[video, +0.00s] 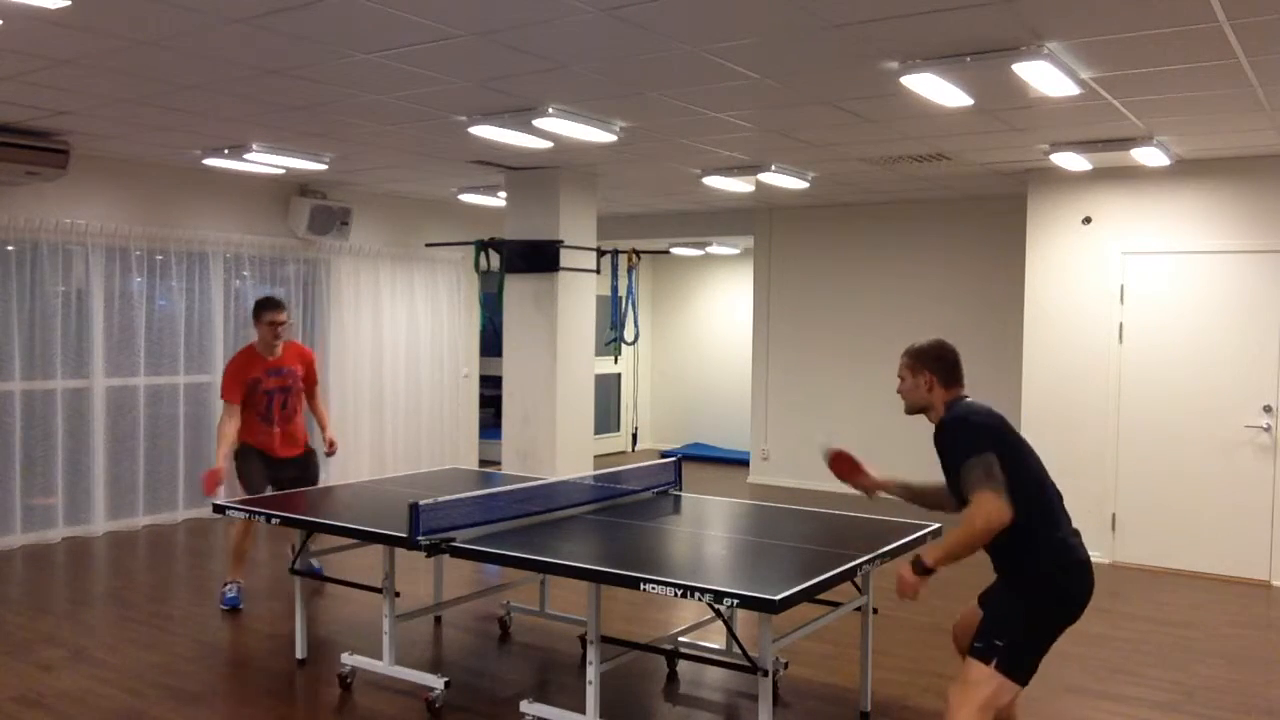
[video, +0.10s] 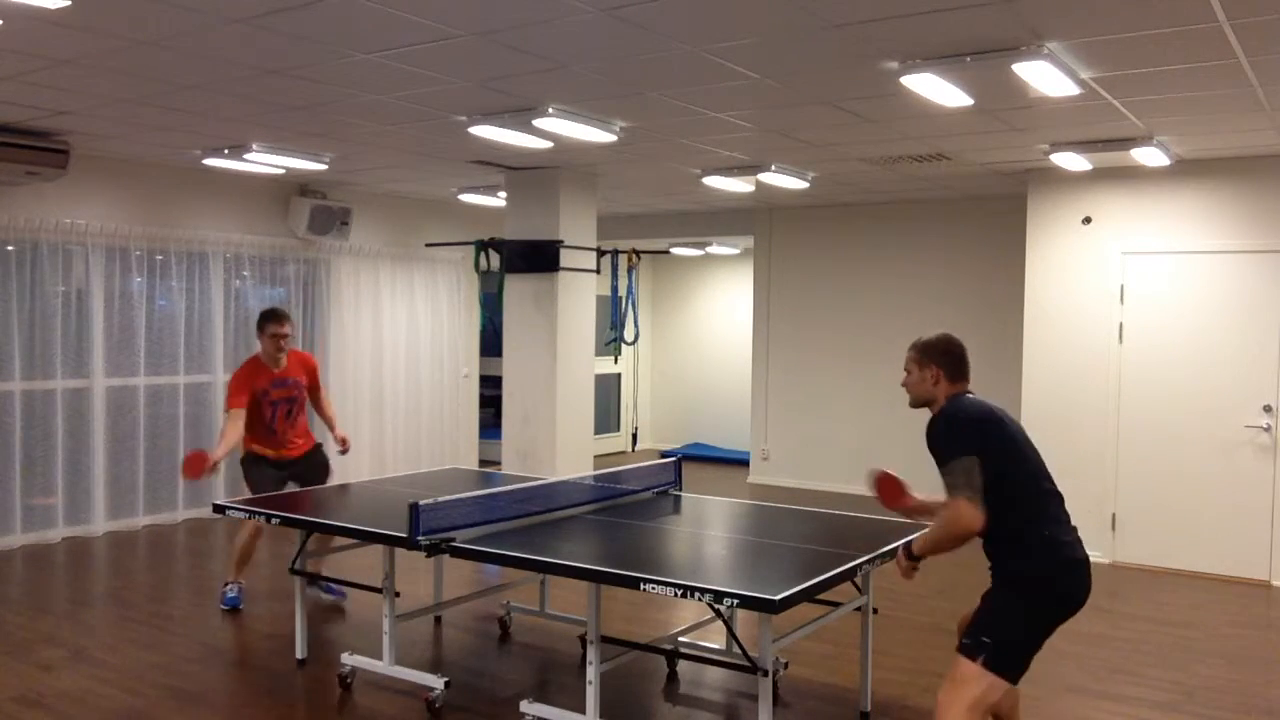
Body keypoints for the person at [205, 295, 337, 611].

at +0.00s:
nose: (279, 331)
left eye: (283, 324)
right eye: (272, 325)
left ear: (288, 323)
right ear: (256, 325)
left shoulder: (302, 357)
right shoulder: (239, 365)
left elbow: (312, 394)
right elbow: (230, 417)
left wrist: (326, 430)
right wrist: (221, 463)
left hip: (294, 447)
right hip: (253, 448)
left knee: (303, 505)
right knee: (255, 504)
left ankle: (300, 554)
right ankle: (234, 581)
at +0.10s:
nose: (282, 343)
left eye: (287, 337)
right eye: (275, 337)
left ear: (292, 337)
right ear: (260, 337)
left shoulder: (305, 364)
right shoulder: (244, 377)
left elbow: (318, 397)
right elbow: (235, 423)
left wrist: (335, 430)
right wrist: (217, 455)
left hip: (304, 452)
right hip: (262, 456)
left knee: (328, 512)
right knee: (260, 516)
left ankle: (314, 573)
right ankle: (234, 582)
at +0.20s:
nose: (292, 354)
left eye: (297, 348)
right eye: (286, 348)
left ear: (302, 347)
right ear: (268, 347)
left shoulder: (310, 372)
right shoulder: (260, 382)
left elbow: (322, 403)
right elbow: (256, 417)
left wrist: (346, 431)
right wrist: (246, 426)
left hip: (312, 461)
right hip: (271, 467)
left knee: (340, 529)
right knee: (265, 537)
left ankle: (341, 595)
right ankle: (237, 582)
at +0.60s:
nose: (306, 335)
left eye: (308, 329)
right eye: (300, 329)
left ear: (308, 333)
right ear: (279, 332)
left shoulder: (304, 369)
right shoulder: (259, 371)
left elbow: (299, 422)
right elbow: (250, 428)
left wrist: (317, 455)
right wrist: (278, 459)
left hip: (299, 469)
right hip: (261, 472)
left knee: (331, 534)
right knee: (264, 549)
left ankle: (343, 603)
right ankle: (211, 580)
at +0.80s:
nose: (282, 322)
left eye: (284, 316)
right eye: (276, 316)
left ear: (281, 320)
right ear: (255, 317)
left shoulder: (275, 354)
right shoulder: (229, 358)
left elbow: (267, 406)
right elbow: (216, 416)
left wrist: (286, 441)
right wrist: (242, 457)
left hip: (264, 448)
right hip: (226, 451)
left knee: (300, 511)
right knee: (242, 527)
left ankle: (301, 582)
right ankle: (208, 588)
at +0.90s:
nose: (270, 326)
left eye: (273, 320)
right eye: (264, 319)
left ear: (273, 321)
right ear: (245, 318)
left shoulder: (265, 354)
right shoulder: (218, 356)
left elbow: (259, 400)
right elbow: (198, 412)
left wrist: (280, 438)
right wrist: (219, 454)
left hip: (252, 448)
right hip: (216, 451)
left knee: (277, 505)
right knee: (235, 518)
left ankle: (256, 568)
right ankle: (205, 588)